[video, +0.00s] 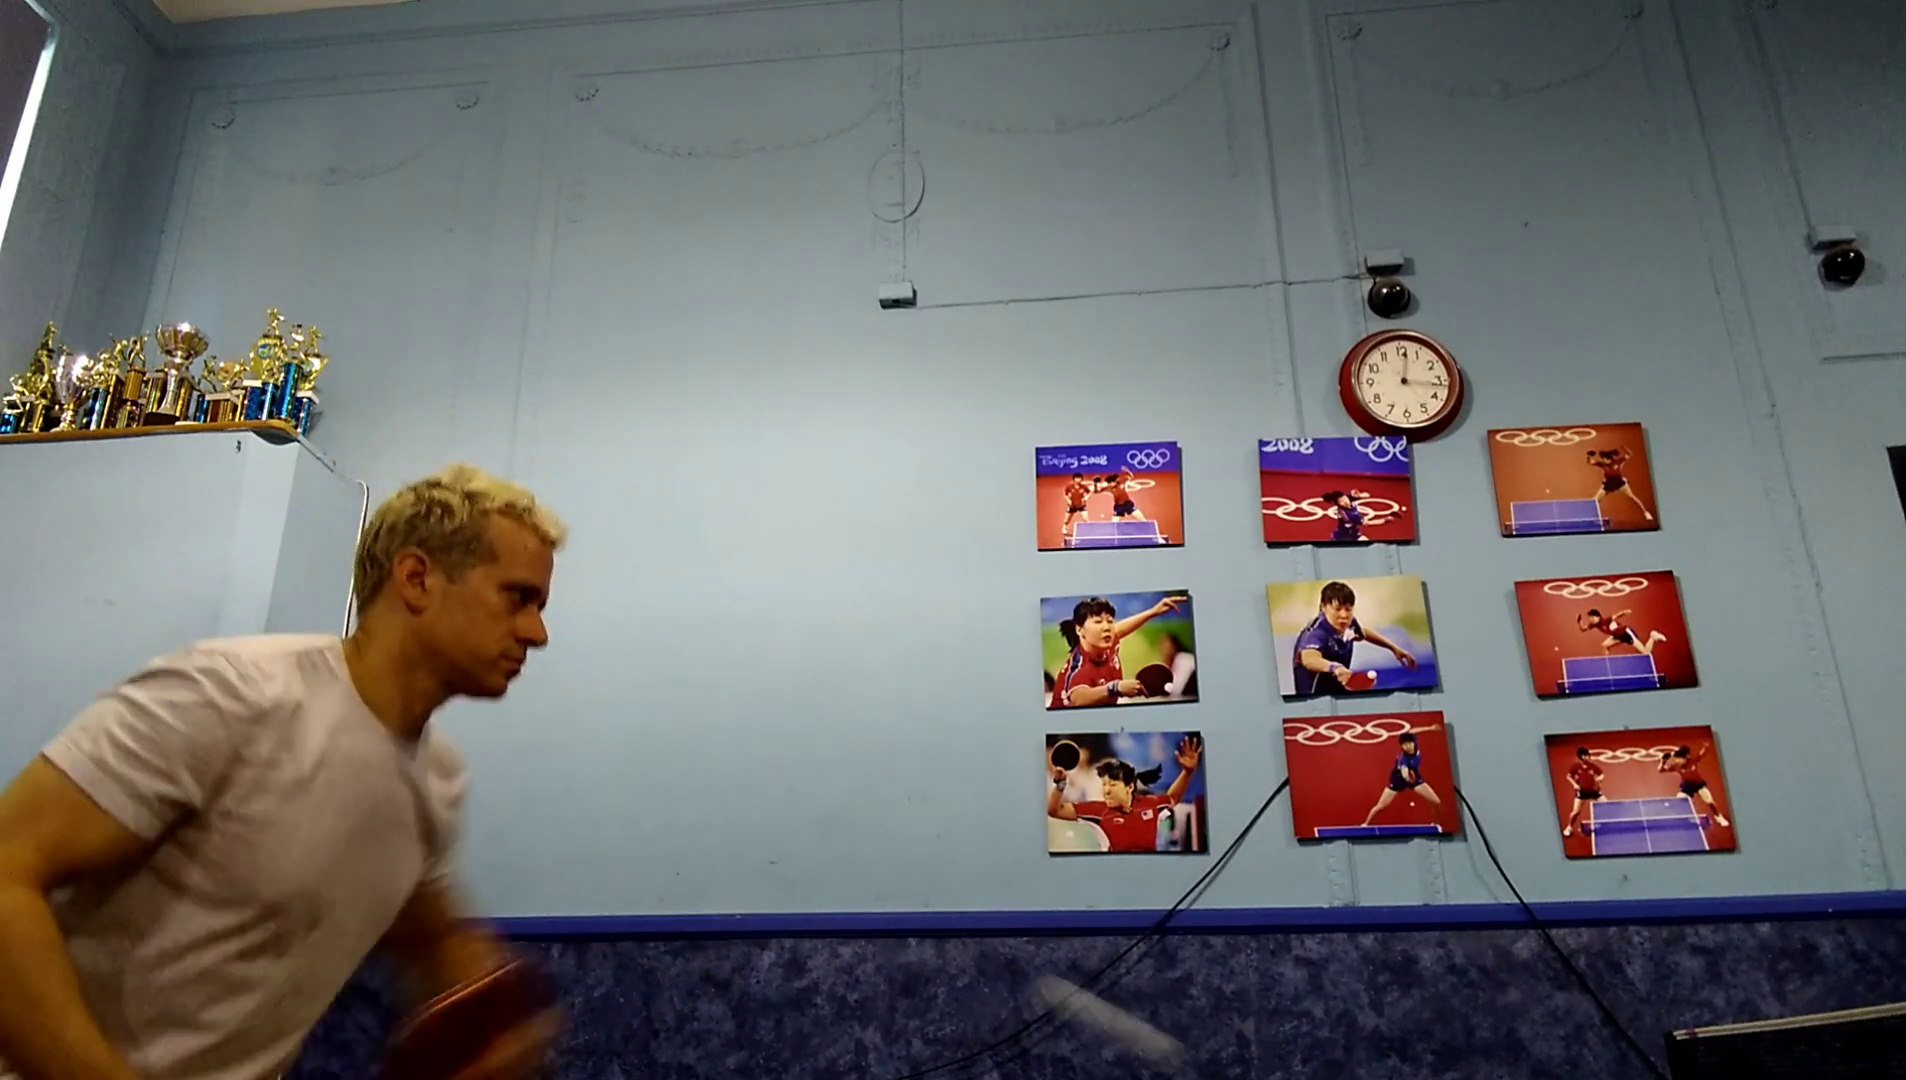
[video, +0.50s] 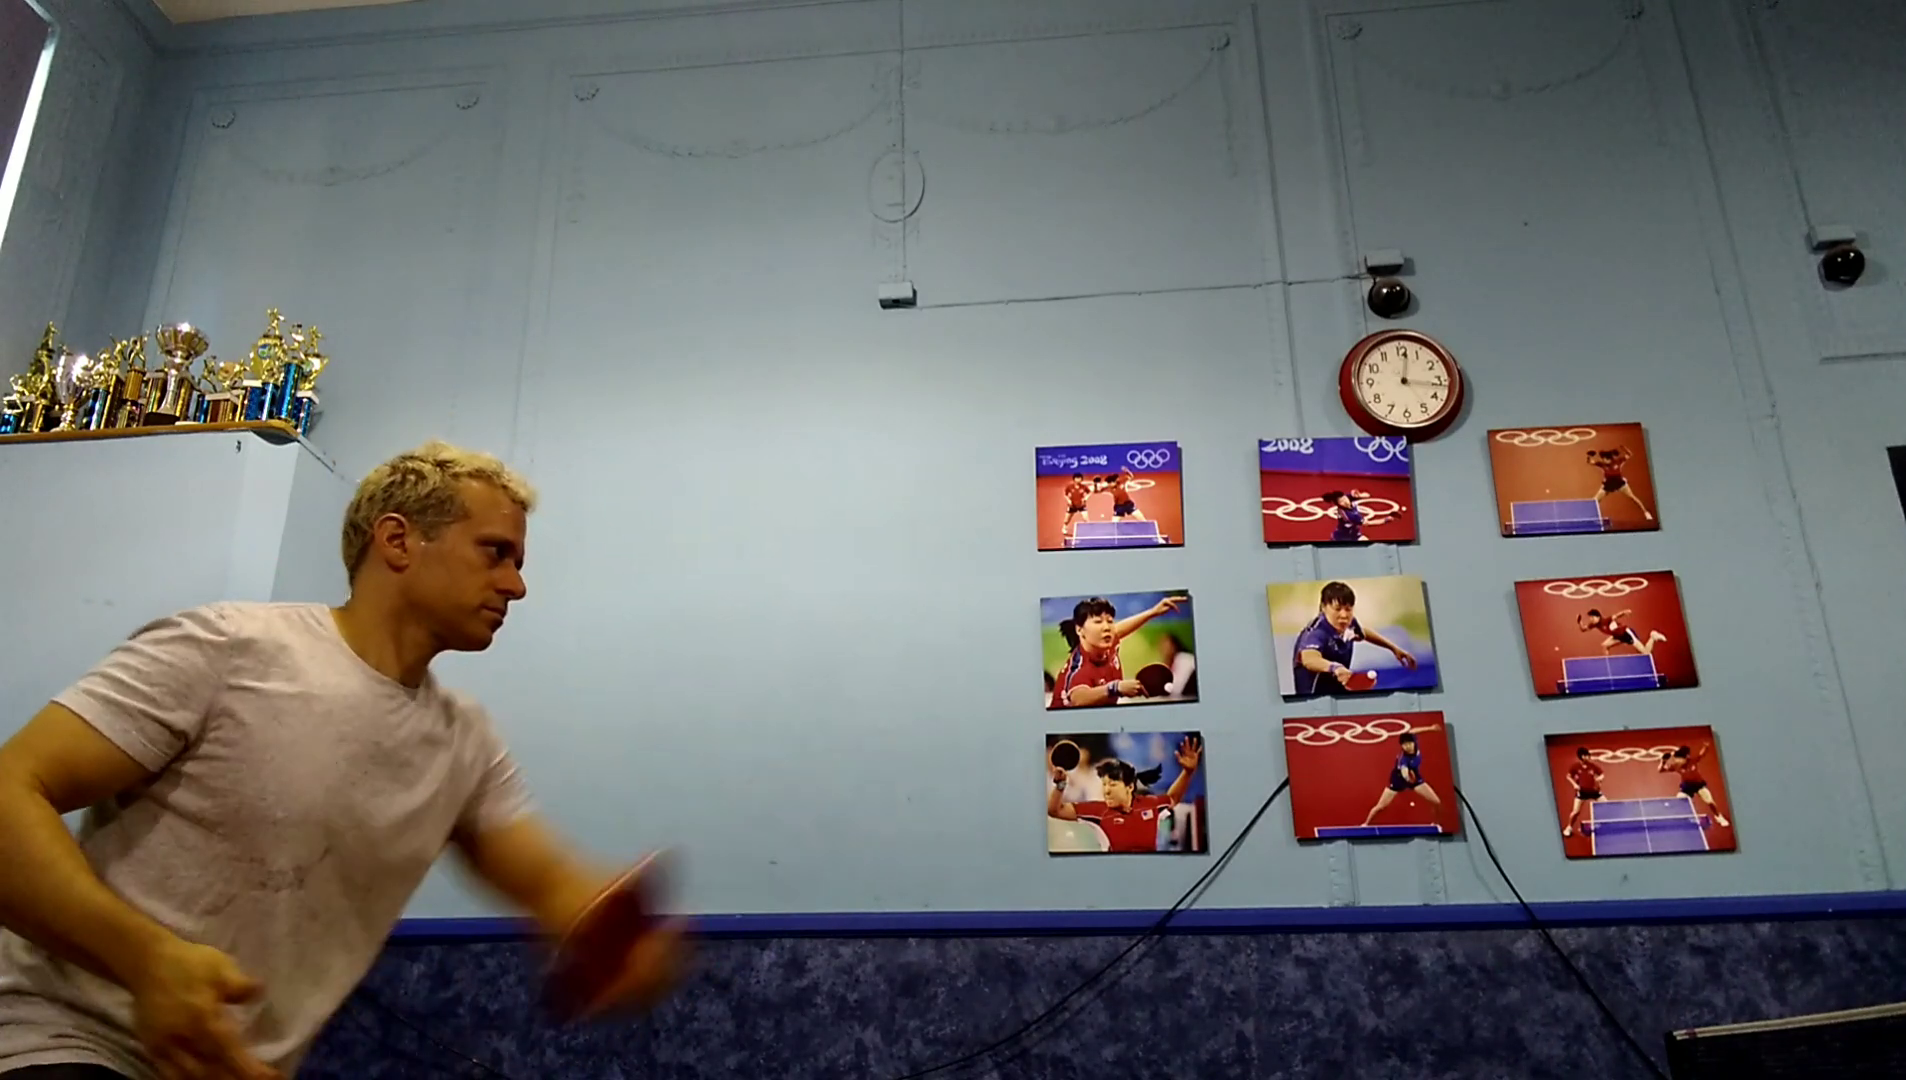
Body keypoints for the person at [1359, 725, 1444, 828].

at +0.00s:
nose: (1408, 747)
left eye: (1409, 744)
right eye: (1405, 745)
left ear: (1414, 743)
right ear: (1402, 746)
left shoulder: (1416, 748)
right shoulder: (1403, 758)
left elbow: (1413, 731)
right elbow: (1404, 771)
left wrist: (1431, 728)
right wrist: (1409, 778)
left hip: (1415, 779)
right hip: (1398, 781)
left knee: (1436, 801)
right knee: (1381, 806)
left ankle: (1435, 823)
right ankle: (1366, 823)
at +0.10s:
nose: (1408, 747)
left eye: (1409, 744)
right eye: (1405, 745)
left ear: (1414, 743)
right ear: (1402, 746)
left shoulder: (1416, 747)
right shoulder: (1403, 759)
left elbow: (1413, 731)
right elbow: (1404, 771)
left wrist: (1431, 728)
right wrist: (1408, 778)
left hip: (1415, 779)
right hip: (1398, 781)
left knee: (1436, 801)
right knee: (1381, 806)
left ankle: (1435, 823)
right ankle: (1366, 823)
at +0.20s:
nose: (1408, 747)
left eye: (1409, 744)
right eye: (1405, 745)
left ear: (1414, 743)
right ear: (1402, 746)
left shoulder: (1415, 747)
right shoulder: (1403, 758)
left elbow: (1413, 731)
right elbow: (1404, 771)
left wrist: (1431, 728)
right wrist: (1408, 778)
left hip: (1414, 779)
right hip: (1398, 781)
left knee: (1436, 801)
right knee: (1381, 806)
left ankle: (1436, 823)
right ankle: (1366, 823)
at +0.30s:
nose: (1408, 747)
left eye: (1409, 744)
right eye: (1405, 745)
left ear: (1414, 743)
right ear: (1402, 746)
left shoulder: (1416, 748)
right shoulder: (1403, 758)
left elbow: (1413, 731)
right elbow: (1404, 771)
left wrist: (1431, 728)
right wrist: (1408, 778)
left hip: (1415, 779)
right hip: (1398, 781)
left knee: (1436, 802)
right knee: (1381, 805)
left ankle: (1435, 823)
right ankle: (1366, 823)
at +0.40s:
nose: (1408, 747)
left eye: (1409, 744)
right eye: (1405, 745)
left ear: (1414, 743)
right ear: (1402, 746)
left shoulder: (1416, 748)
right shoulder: (1403, 758)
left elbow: (1413, 731)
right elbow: (1404, 771)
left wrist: (1431, 728)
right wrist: (1409, 778)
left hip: (1415, 779)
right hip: (1398, 781)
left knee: (1436, 802)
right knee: (1381, 806)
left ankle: (1435, 823)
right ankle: (1366, 823)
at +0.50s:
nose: (1408, 747)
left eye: (1409, 744)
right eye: (1405, 745)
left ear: (1413, 743)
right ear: (1402, 746)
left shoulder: (1415, 747)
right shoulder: (1403, 758)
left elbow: (1414, 731)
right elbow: (1404, 771)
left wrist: (1431, 728)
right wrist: (1408, 778)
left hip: (1415, 779)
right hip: (1398, 781)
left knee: (1436, 801)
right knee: (1381, 806)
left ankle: (1436, 823)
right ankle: (1366, 823)